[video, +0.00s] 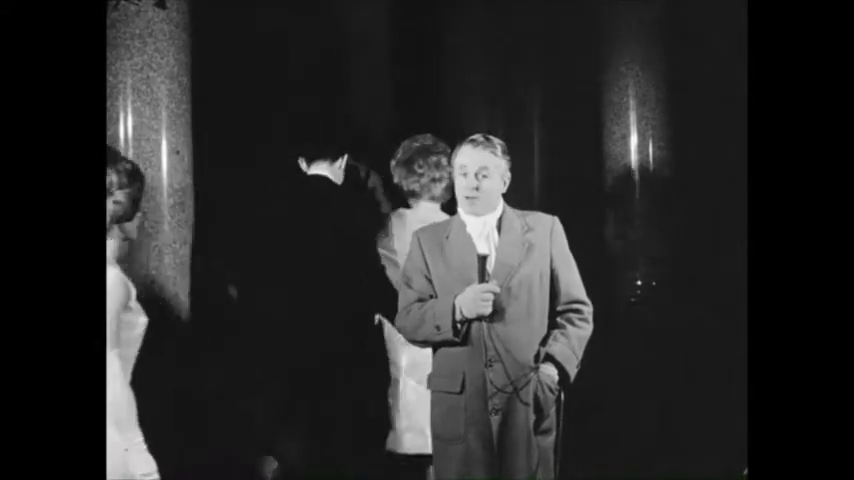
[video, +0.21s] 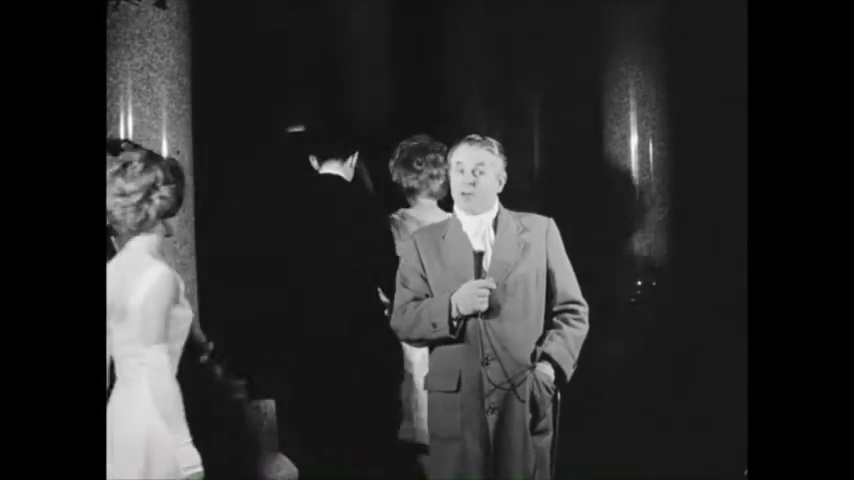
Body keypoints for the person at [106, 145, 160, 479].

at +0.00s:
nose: (140, 221)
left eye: (135, 209)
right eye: (138, 210)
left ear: (120, 219)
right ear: (125, 220)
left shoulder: (118, 282)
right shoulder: (114, 283)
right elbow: (114, 382)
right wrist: (139, 464)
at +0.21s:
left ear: (128, 205)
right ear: (159, 204)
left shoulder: (114, 270)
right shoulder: (159, 276)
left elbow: (117, 361)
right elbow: (158, 371)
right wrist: (186, 454)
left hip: (120, 406)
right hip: (153, 409)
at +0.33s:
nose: (203, 213)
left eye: (201, 203)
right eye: (200, 204)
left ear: (150, 209)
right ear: (192, 212)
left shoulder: (129, 270)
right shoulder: (184, 275)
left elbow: (118, 353)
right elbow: (183, 364)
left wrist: (127, 412)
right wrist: (212, 443)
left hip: (141, 402)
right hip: (179, 403)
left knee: (144, 473)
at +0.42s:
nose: (217, 209)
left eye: (215, 199)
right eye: (214, 200)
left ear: (164, 208)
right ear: (204, 208)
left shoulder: (143, 269)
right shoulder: (198, 274)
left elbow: (133, 348)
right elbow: (197, 364)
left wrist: (142, 408)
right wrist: (227, 441)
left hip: (154, 396)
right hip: (192, 397)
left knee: (161, 472)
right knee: (196, 473)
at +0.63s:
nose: (253, 214)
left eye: (251, 205)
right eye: (250, 205)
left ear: (196, 209)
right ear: (242, 214)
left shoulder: (179, 266)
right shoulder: (233, 273)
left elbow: (169, 349)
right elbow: (233, 365)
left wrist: (175, 406)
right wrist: (264, 447)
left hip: (189, 392)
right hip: (227, 394)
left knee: (196, 473)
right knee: (232, 473)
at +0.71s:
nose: (267, 212)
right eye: (266, 204)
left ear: (213, 207)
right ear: (260, 210)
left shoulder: (196, 265)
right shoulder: (249, 273)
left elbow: (183, 346)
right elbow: (250, 366)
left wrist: (187, 405)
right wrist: (279, 448)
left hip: (205, 397)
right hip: (245, 398)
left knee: (208, 472)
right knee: (245, 473)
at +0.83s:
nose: (292, 212)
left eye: (290, 202)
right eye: (290, 204)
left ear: (238, 206)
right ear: (284, 210)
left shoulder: (221, 262)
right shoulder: (277, 272)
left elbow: (204, 339)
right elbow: (275, 361)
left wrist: (203, 396)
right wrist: (300, 439)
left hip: (231, 391)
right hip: (270, 395)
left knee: (232, 472)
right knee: (271, 473)